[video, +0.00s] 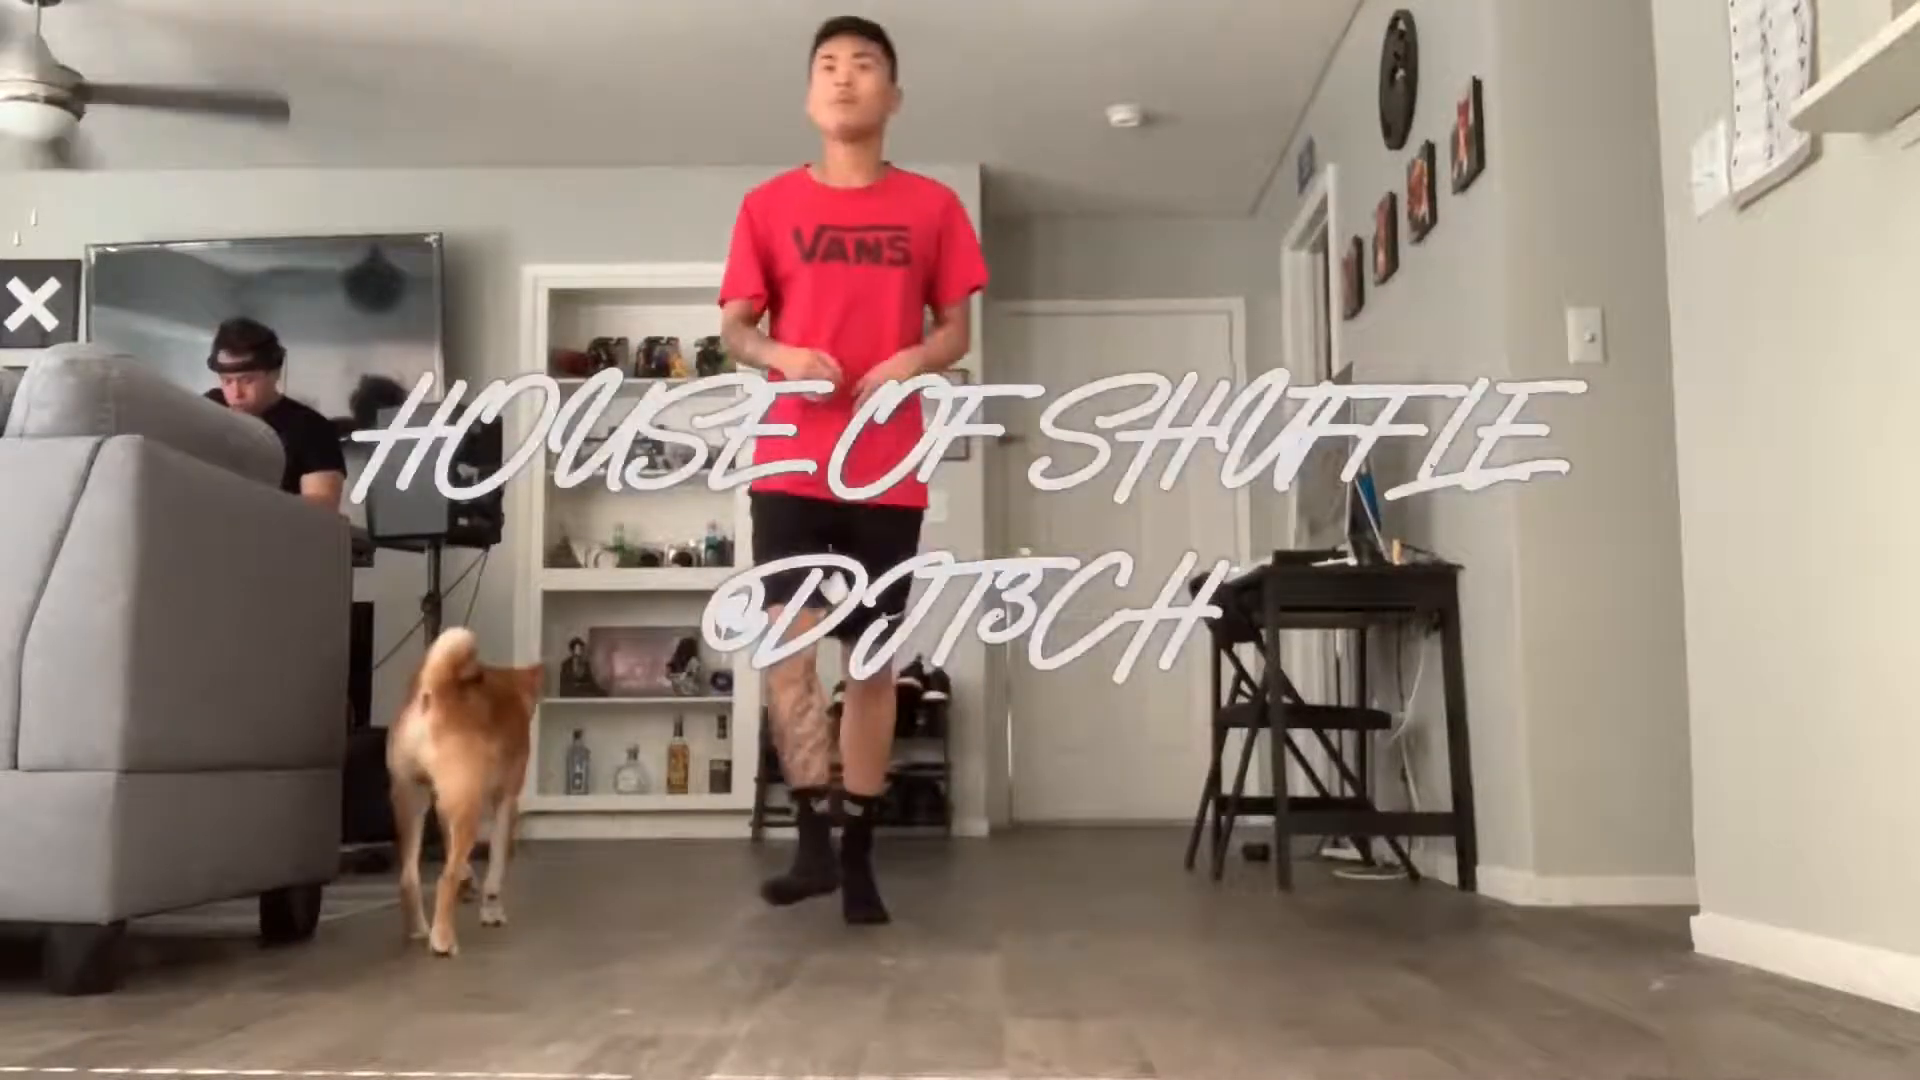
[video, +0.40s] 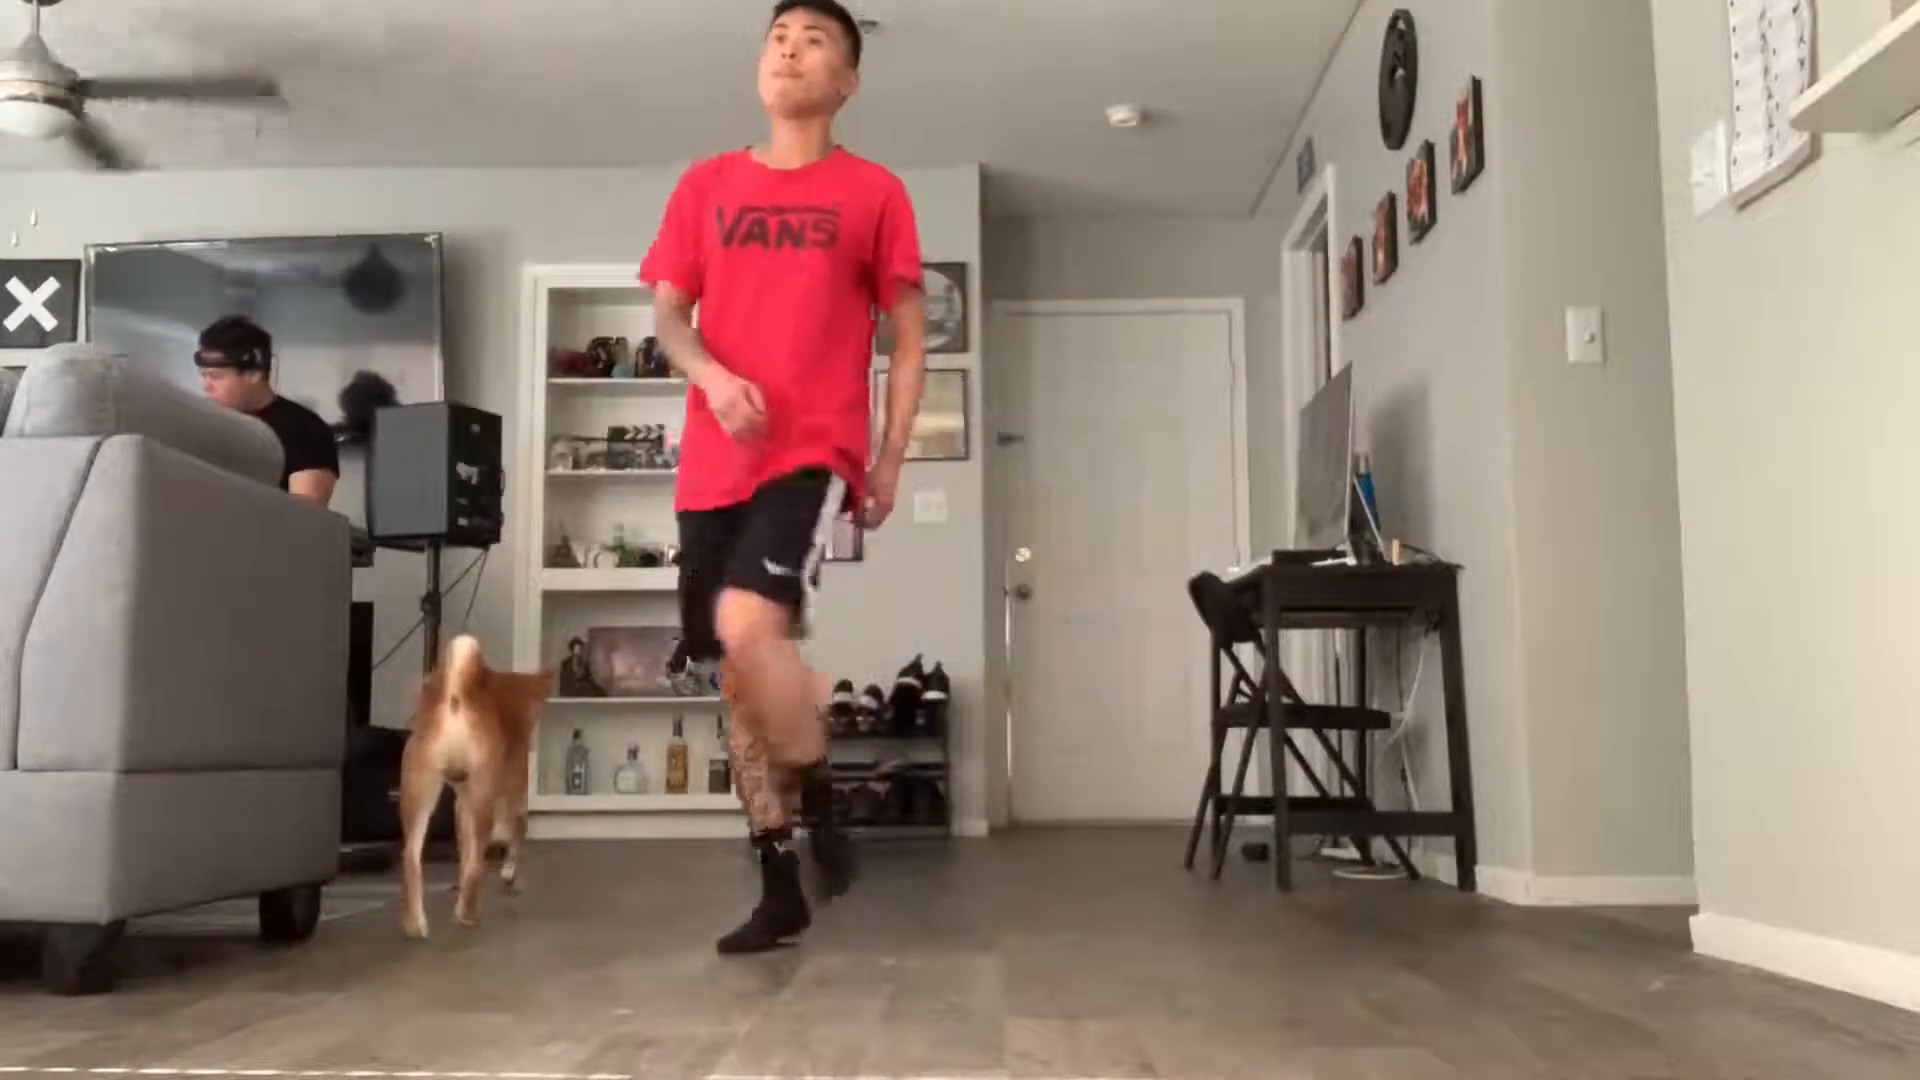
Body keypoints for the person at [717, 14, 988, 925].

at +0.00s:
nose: (845, 77)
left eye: (864, 66)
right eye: (830, 66)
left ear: (894, 98)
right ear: (809, 98)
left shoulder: (932, 204)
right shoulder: (769, 205)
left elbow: (957, 333)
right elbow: (736, 328)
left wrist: (907, 362)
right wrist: (781, 356)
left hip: (888, 469)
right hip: (789, 467)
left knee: (875, 656)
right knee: (788, 640)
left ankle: (858, 855)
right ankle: (813, 837)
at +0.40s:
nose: (789, 49)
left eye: (814, 41)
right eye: (778, 37)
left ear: (848, 82)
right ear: (757, 70)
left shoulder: (875, 192)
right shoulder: (706, 183)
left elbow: (909, 337)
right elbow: (666, 317)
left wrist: (891, 456)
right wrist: (712, 378)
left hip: (814, 449)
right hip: (715, 455)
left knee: (747, 624)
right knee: (736, 671)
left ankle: (819, 792)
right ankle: (779, 884)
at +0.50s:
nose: (789, 48)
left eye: (814, 37)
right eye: (779, 35)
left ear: (853, 73)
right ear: (760, 63)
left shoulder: (879, 191)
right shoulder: (708, 174)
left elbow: (902, 338)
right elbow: (662, 308)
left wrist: (871, 460)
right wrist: (691, 367)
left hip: (793, 437)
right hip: (693, 435)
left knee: (699, 621)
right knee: (694, 651)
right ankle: (765, 871)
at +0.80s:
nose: (827, 43)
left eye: (847, 34)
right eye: (808, 31)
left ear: (873, 74)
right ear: (776, 64)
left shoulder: (906, 186)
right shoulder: (725, 178)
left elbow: (927, 323)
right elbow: (677, 319)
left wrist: (895, 341)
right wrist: (699, 373)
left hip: (851, 437)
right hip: (750, 446)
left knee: (813, 583)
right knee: (730, 664)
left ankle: (810, 811)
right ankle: (753, 893)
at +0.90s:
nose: (861, 35)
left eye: (877, 22)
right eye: (838, 21)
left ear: (894, 53)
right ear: (798, 49)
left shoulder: (927, 173)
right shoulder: (750, 179)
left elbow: (949, 317)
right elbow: (724, 314)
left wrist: (918, 274)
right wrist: (738, 390)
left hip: (897, 435)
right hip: (789, 450)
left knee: (905, 572)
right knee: (765, 665)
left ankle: (920, 765)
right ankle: (757, 895)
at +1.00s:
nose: (903, 29)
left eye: (914, 16)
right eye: (879, 15)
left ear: (930, 42)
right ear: (833, 43)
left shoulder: (968, 163)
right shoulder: (798, 172)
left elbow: (997, 299)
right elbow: (773, 324)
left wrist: (952, 250)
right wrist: (786, 409)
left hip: (951, 434)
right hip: (842, 448)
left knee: (969, 617)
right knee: (830, 666)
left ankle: (995, 833)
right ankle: (812, 867)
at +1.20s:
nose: (992, 39)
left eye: (999, 26)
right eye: (967, 25)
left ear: (1010, 54)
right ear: (916, 56)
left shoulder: (1055, 165)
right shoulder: (890, 177)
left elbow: (1088, 297)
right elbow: (862, 328)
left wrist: (1061, 288)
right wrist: (885, 424)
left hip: (1058, 446)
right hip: (953, 455)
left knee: (1056, 648)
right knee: (938, 646)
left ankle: (1073, 884)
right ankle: (863, 828)